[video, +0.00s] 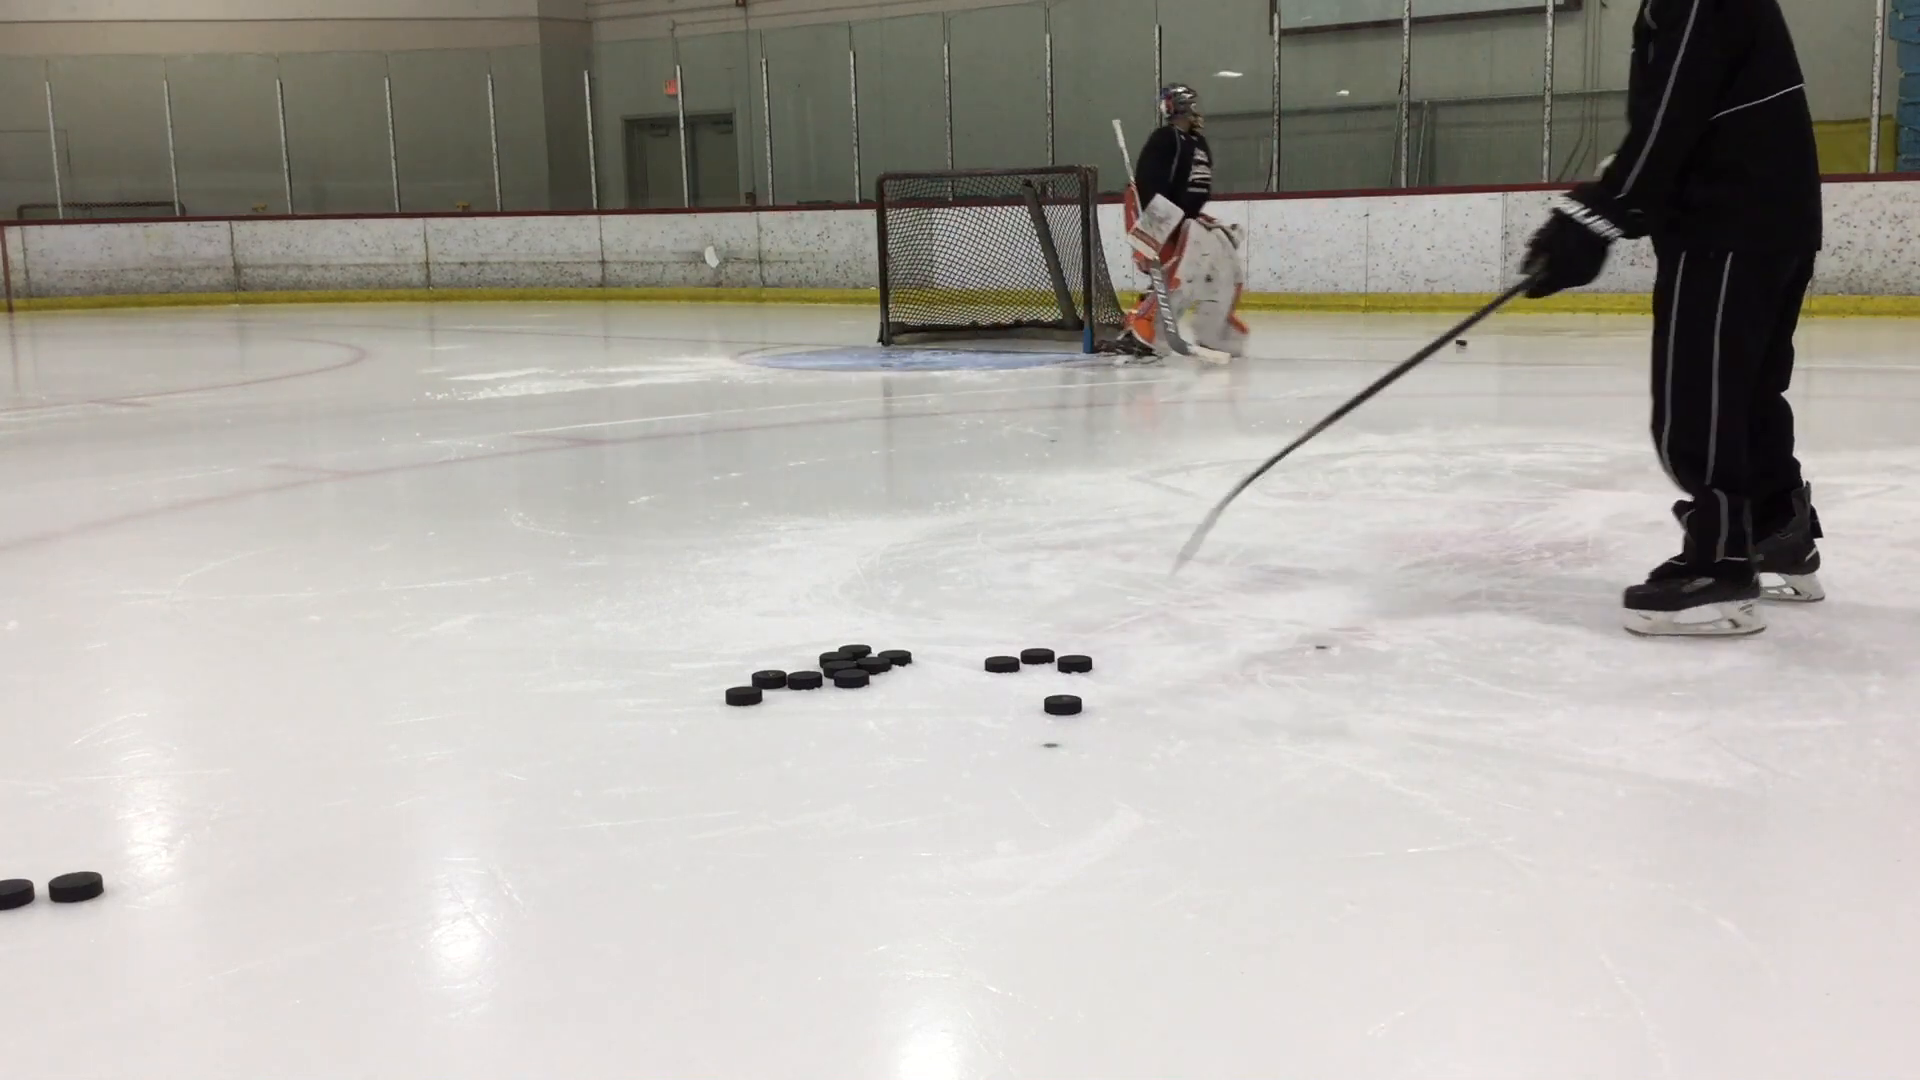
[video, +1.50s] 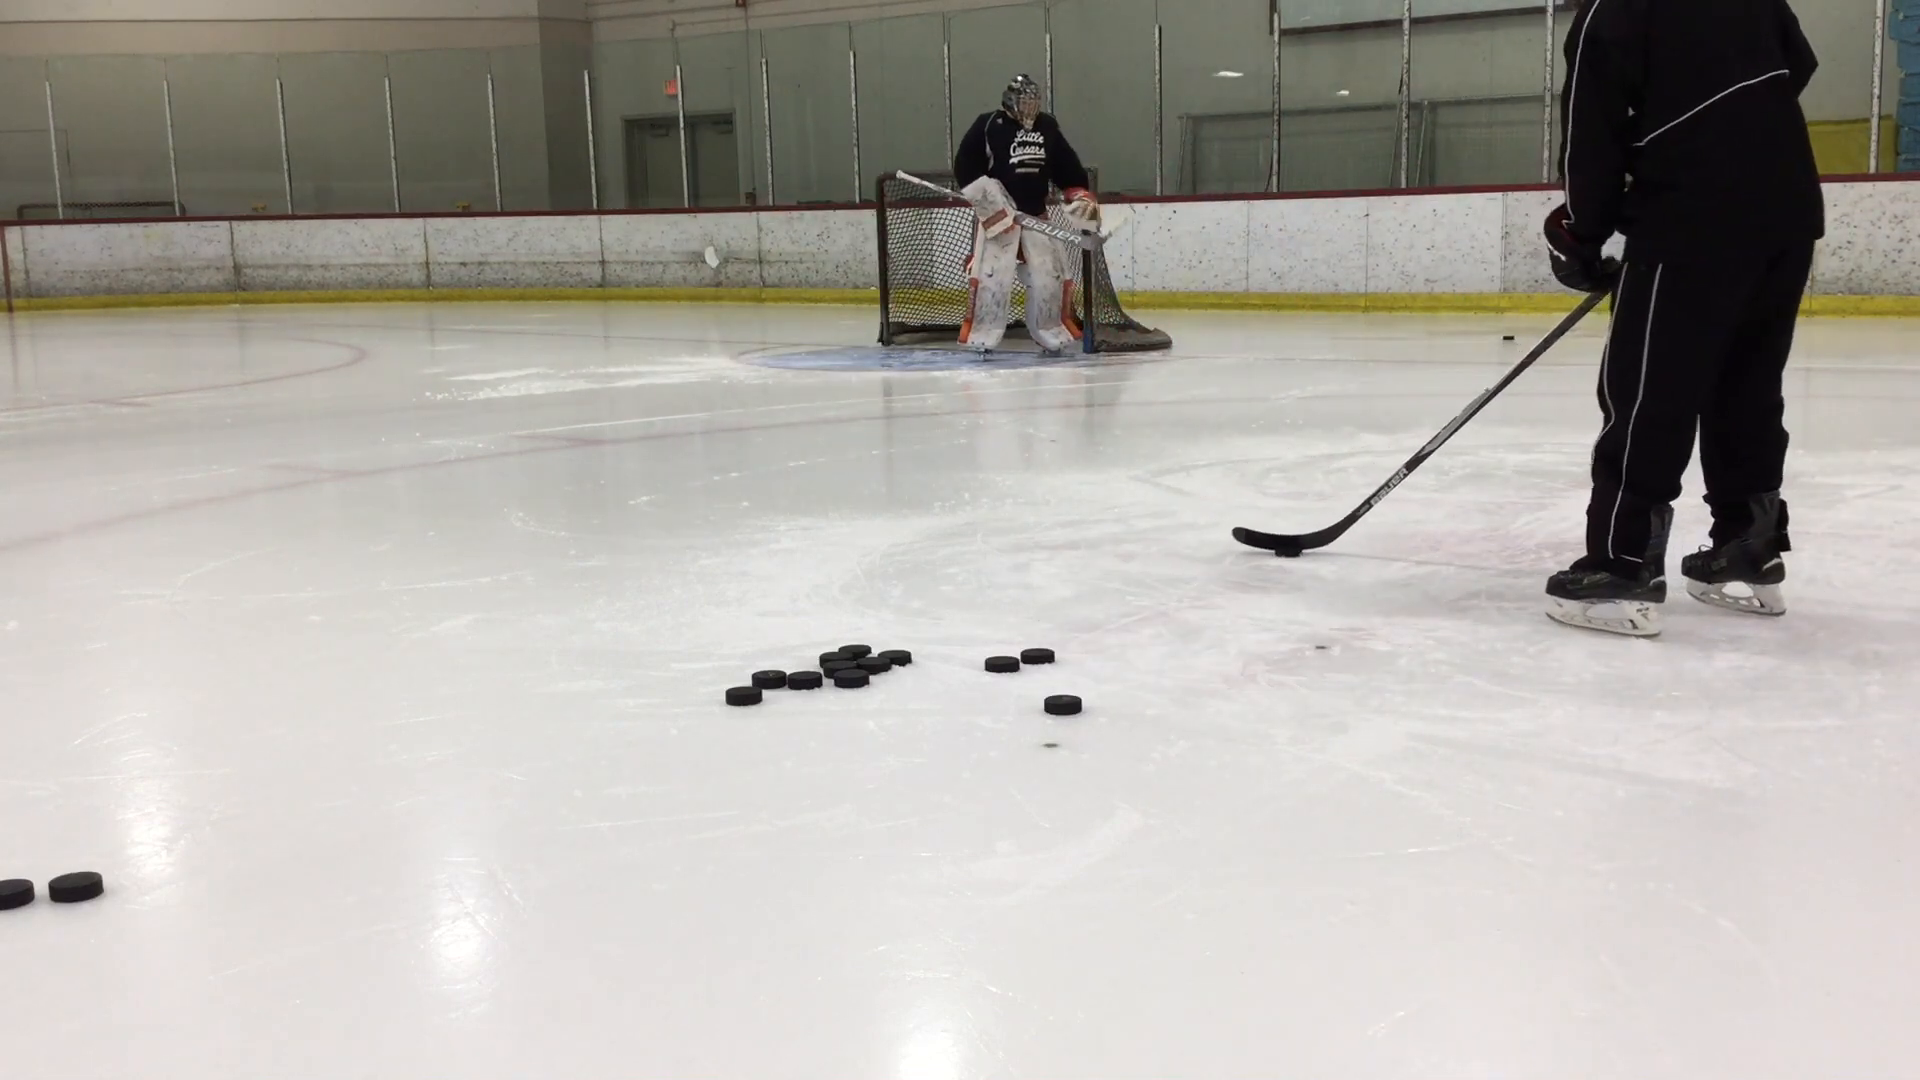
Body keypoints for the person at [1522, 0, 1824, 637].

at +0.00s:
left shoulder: (1690, 6)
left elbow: (1666, 126)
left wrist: (1591, 223)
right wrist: (1598, 216)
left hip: (1724, 228)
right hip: (1770, 220)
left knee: (1693, 400)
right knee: (1749, 387)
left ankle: (1719, 568)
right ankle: (1780, 539)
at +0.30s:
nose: (1560, 2)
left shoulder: (1623, 9)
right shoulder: (1699, 8)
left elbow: (1596, 131)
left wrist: (1523, 243)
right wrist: (1559, 221)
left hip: (1680, 223)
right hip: (1758, 208)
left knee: (1641, 394)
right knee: (1736, 384)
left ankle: (1663, 574)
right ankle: (1750, 546)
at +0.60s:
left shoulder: (1574, 13)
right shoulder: (1691, 6)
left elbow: (1561, 137)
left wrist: (1530, 261)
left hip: (1653, 225)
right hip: (1747, 210)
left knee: (1628, 395)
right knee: (1719, 385)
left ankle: (1661, 574)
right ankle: (1727, 555)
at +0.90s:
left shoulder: (1561, 13)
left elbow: (1554, 126)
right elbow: (1747, 45)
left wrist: (1554, 224)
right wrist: (1720, 82)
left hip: (1642, 211)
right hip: (1740, 193)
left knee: (1626, 393)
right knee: (1719, 380)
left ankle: (1654, 571)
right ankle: (1742, 550)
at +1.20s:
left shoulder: (1578, 10)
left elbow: (1560, 116)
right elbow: (1784, 36)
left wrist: (1562, 228)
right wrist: (1732, 114)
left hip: (1654, 212)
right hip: (1753, 200)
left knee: (1628, 390)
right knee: (1731, 380)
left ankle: (1639, 570)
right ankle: (1743, 549)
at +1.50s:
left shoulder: (1607, 13)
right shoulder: (1753, 1)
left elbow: (1593, 131)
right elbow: (1798, 59)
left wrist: (1581, 239)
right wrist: (1730, 132)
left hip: (1688, 218)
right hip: (1786, 209)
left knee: (1643, 391)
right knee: (1747, 386)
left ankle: (1625, 564)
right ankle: (1749, 547)